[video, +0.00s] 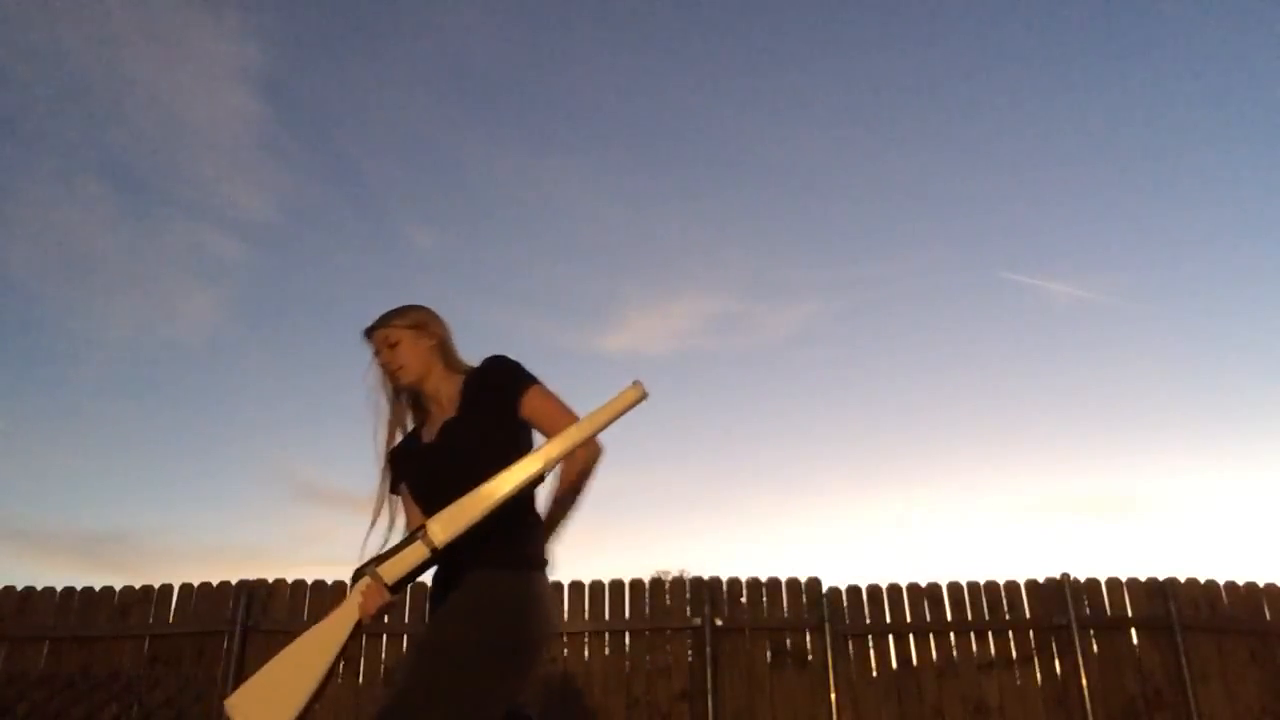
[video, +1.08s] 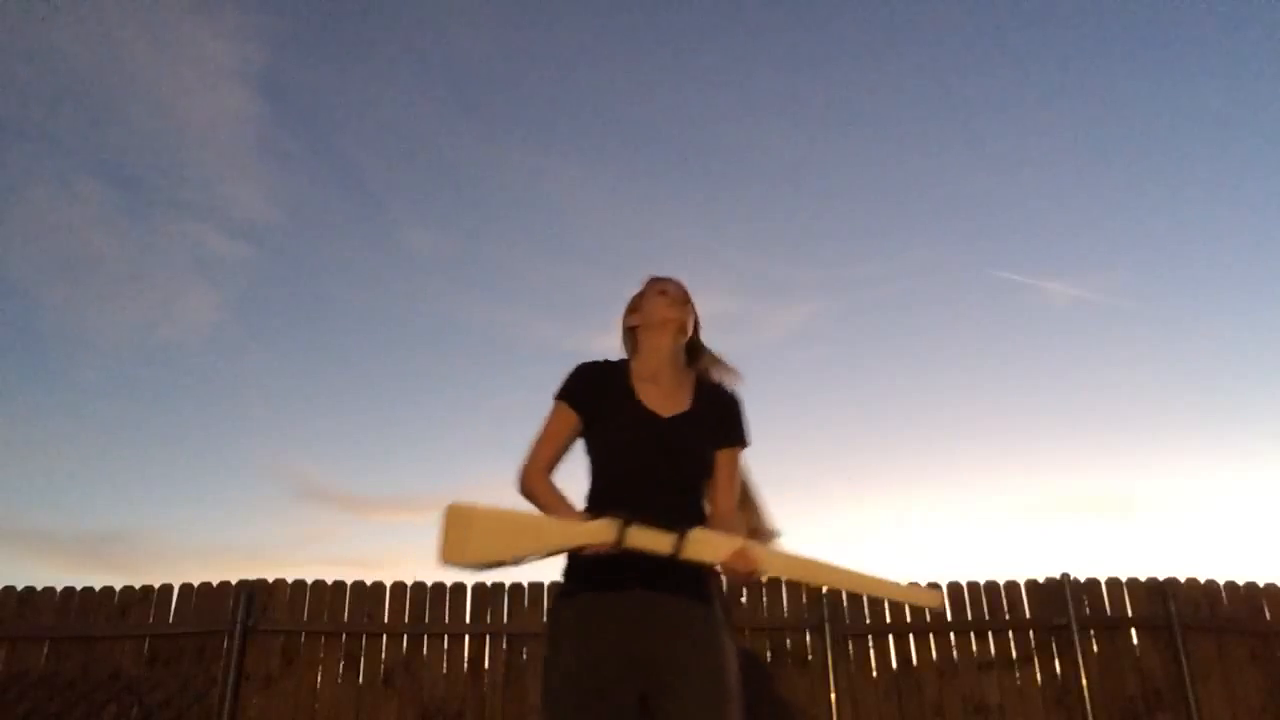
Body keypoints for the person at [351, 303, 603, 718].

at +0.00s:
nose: (385, 361)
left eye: (392, 344)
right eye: (378, 354)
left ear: (430, 336)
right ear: (382, 367)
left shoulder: (494, 378)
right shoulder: (407, 453)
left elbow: (583, 447)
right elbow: (422, 539)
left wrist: (544, 530)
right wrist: (385, 583)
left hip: (511, 589)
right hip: (454, 601)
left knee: (419, 705)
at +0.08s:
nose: (402, 355)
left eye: (410, 339)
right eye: (395, 349)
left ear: (447, 335)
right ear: (398, 363)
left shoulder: (512, 382)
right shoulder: (418, 451)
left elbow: (603, 448)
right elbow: (435, 538)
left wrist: (582, 546)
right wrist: (397, 575)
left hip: (526, 589)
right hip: (461, 602)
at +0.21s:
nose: (436, 350)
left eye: (446, 336)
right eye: (429, 346)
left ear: (480, 334)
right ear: (427, 360)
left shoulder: (550, 391)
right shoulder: (439, 447)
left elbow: (629, 471)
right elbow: (446, 533)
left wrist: (616, 523)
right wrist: (420, 561)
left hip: (550, 585)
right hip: (480, 593)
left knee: (519, 702)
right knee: (472, 704)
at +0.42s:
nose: (507, 331)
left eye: (520, 322)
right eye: (493, 327)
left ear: (542, 334)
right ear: (481, 346)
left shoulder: (590, 402)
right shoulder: (469, 432)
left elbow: (626, 503)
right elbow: (482, 533)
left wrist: (629, 495)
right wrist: (479, 533)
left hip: (588, 583)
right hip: (513, 587)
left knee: (568, 700)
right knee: (506, 702)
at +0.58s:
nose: (569, 319)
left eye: (581, 315)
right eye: (558, 313)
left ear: (595, 342)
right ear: (539, 332)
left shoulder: (618, 406)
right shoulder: (492, 409)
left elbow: (636, 494)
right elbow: (469, 509)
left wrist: (655, 521)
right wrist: (498, 534)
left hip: (609, 599)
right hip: (524, 601)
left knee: (608, 707)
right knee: (525, 709)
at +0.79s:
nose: (635, 326)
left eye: (647, 331)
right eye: (633, 321)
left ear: (647, 364)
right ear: (606, 334)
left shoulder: (653, 420)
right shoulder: (534, 383)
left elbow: (664, 519)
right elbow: (472, 475)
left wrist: (660, 564)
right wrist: (517, 542)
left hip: (628, 591)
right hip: (546, 591)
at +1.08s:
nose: (656, 293)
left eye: (670, 292)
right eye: (647, 291)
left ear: (689, 325)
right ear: (631, 319)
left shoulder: (719, 404)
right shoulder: (593, 381)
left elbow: (724, 510)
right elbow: (533, 475)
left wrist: (736, 554)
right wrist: (577, 527)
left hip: (685, 596)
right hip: (598, 591)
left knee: (703, 708)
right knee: (587, 709)